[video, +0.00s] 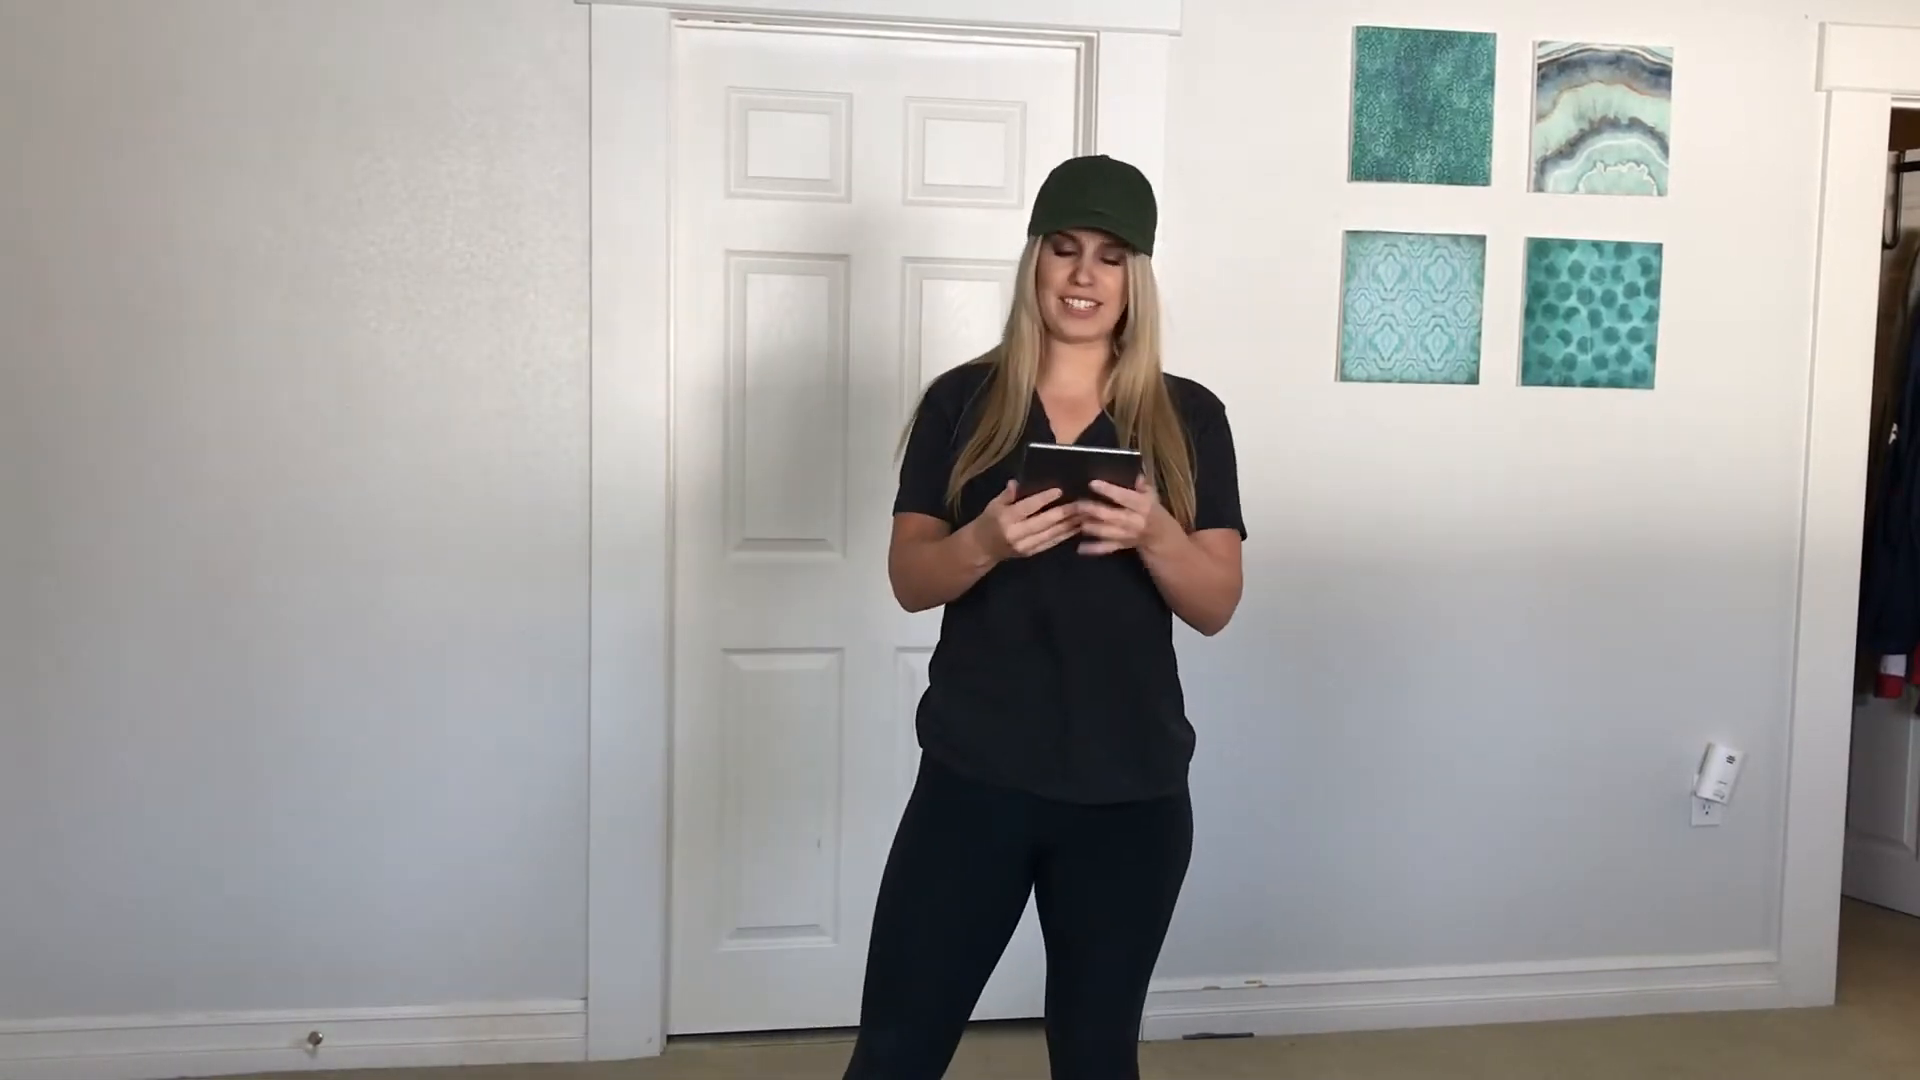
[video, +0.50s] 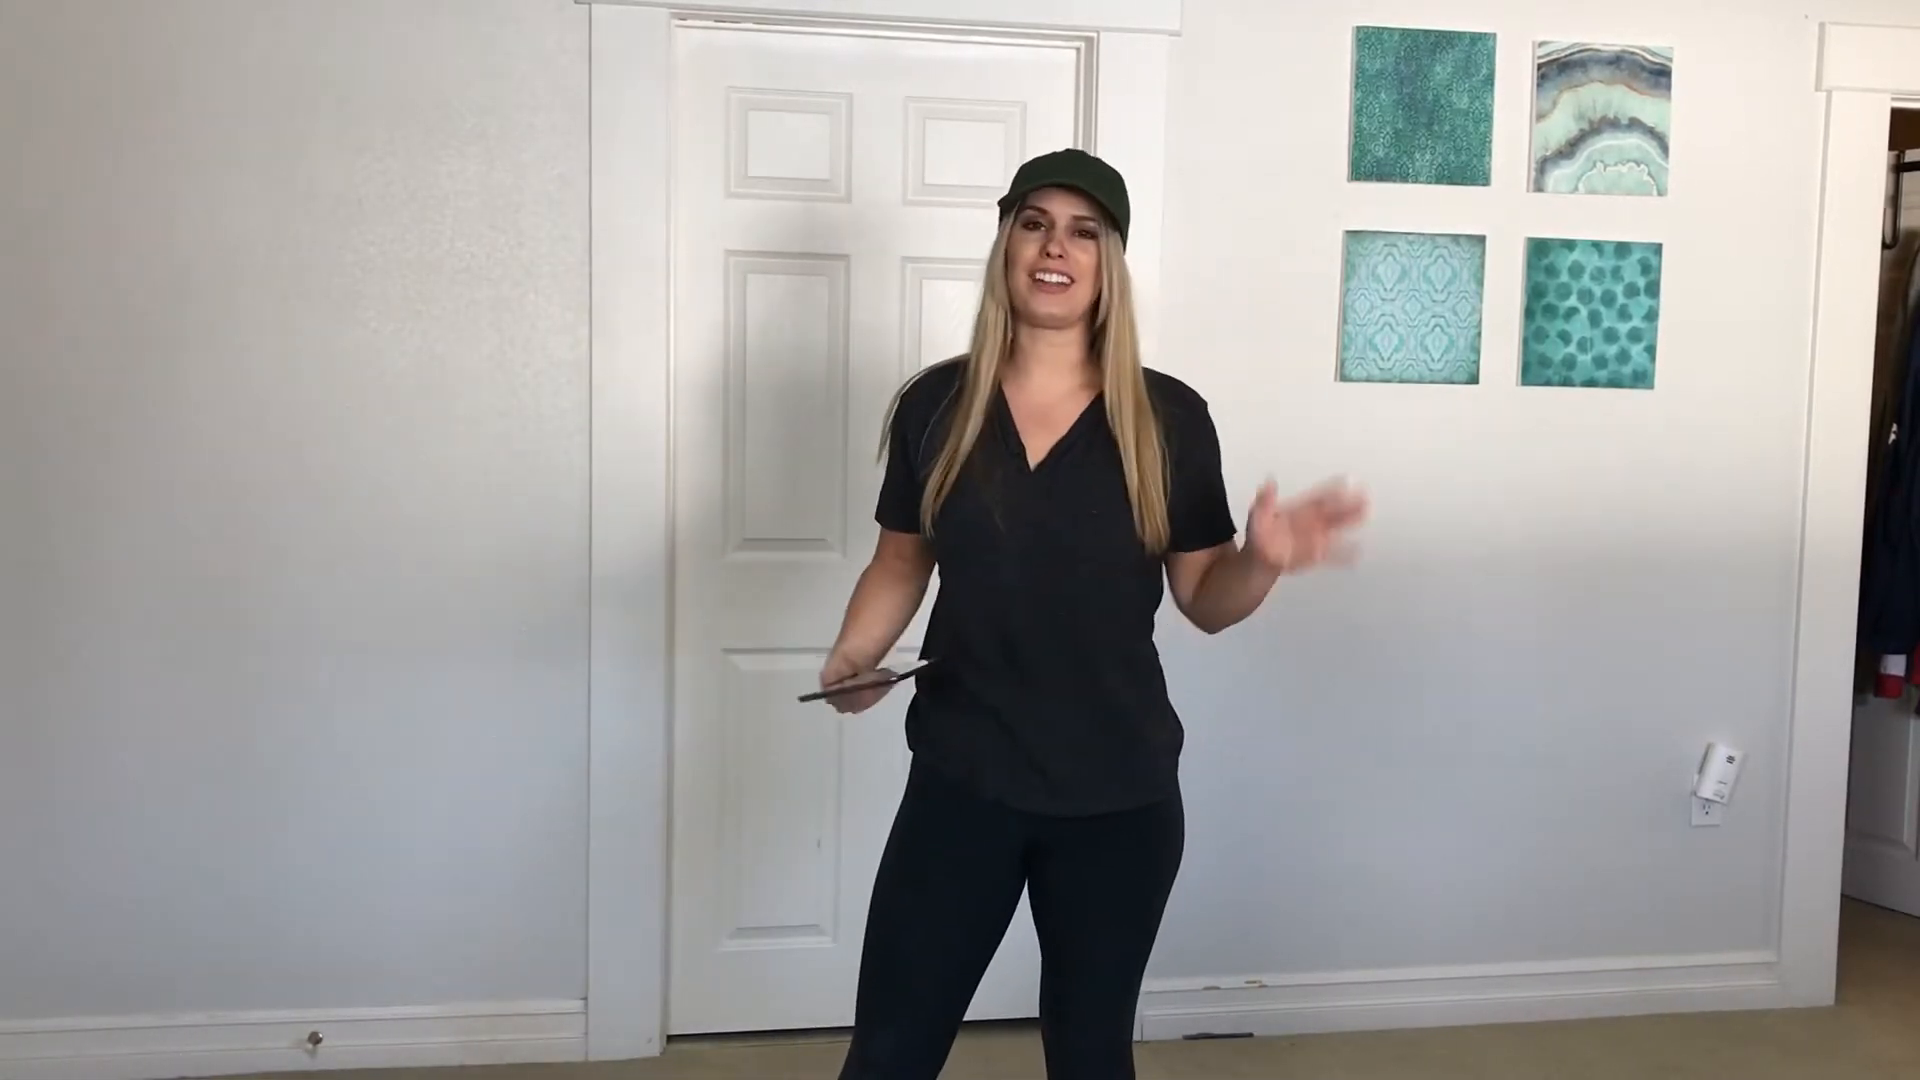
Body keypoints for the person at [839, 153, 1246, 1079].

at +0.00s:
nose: (1082, 275)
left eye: (1108, 257)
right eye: (1064, 250)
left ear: (1136, 277)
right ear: (1032, 263)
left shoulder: (1187, 416)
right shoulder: (959, 402)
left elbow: (1216, 604)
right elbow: (910, 579)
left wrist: (1158, 534)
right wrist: (984, 542)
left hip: (1128, 790)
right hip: (972, 780)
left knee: (1096, 1053)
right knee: (896, 1052)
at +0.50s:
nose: (1054, 249)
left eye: (1082, 233)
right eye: (1035, 226)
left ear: (1111, 264)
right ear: (1003, 246)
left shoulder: (1165, 413)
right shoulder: (937, 404)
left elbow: (1205, 600)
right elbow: (899, 559)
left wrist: (1259, 560)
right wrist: (855, 653)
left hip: (1116, 786)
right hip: (963, 780)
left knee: (1090, 1051)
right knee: (890, 1051)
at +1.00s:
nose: (1031, 261)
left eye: (1059, 243)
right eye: (1012, 237)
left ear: (1090, 271)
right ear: (984, 255)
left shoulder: (1145, 414)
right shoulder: (919, 409)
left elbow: (1173, 588)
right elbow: (878, 571)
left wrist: (1230, 619)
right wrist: (838, 654)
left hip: (1105, 789)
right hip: (951, 785)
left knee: (1085, 1054)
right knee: (880, 1055)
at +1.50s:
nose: (1029, 257)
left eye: (1057, 239)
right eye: (1008, 232)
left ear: (1087, 269)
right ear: (977, 254)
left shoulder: (1136, 410)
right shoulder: (908, 410)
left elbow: (1174, 584)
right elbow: (869, 569)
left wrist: (1239, 614)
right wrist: (838, 664)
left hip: (1105, 789)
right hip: (951, 787)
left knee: (1085, 1057)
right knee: (882, 1058)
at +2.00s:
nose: (1020, 264)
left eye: (1048, 247)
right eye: (1001, 238)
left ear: (1077, 276)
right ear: (969, 255)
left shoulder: (1130, 413)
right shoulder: (901, 409)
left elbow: (1160, 585)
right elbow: (864, 566)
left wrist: (1192, 594)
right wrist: (833, 659)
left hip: (1097, 792)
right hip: (942, 786)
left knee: (1081, 1055)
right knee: (879, 1058)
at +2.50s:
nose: (1011, 273)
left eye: (1039, 255)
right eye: (993, 245)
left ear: (1069, 280)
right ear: (959, 259)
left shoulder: (1119, 409)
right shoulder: (892, 412)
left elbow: (1158, 567)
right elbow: (856, 569)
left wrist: (1186, 599)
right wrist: (829, 664)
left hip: (1095, 792)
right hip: (941, 787)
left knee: (1079, 1055)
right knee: (876, 1058)